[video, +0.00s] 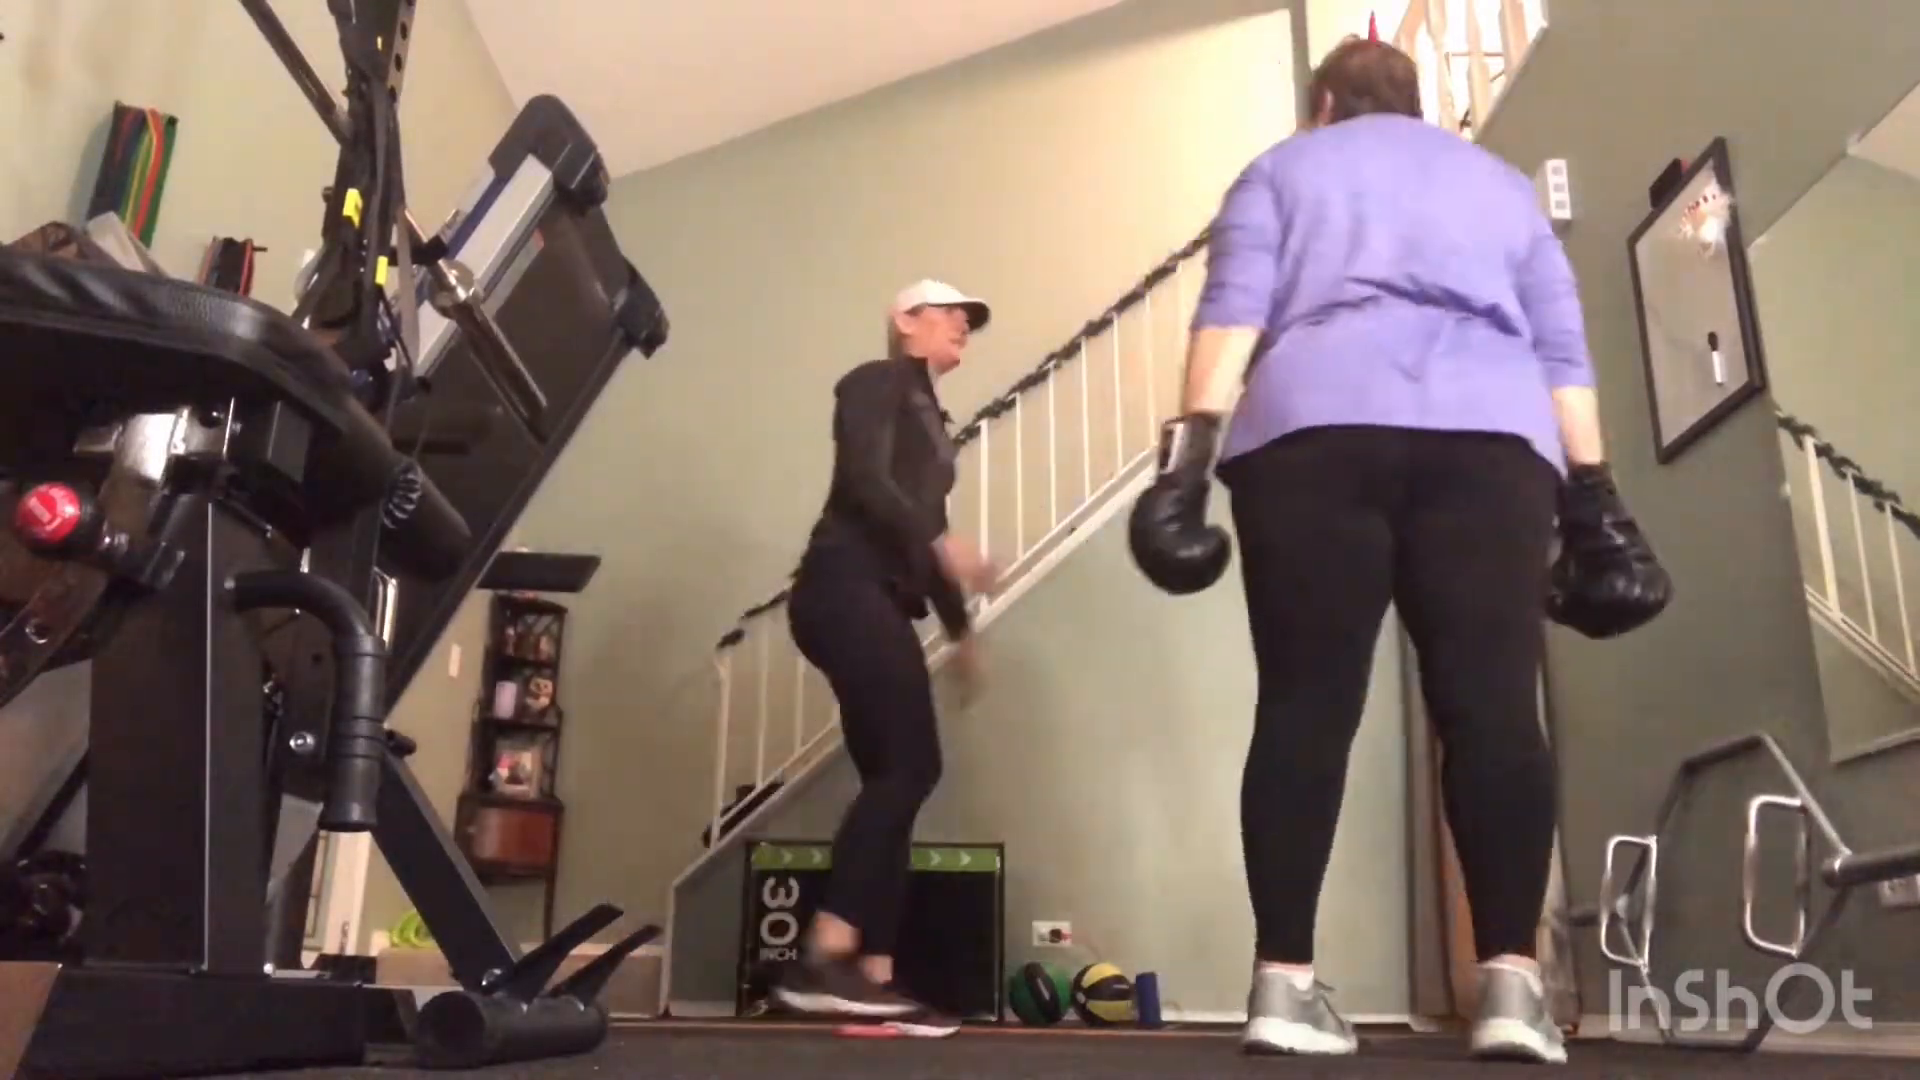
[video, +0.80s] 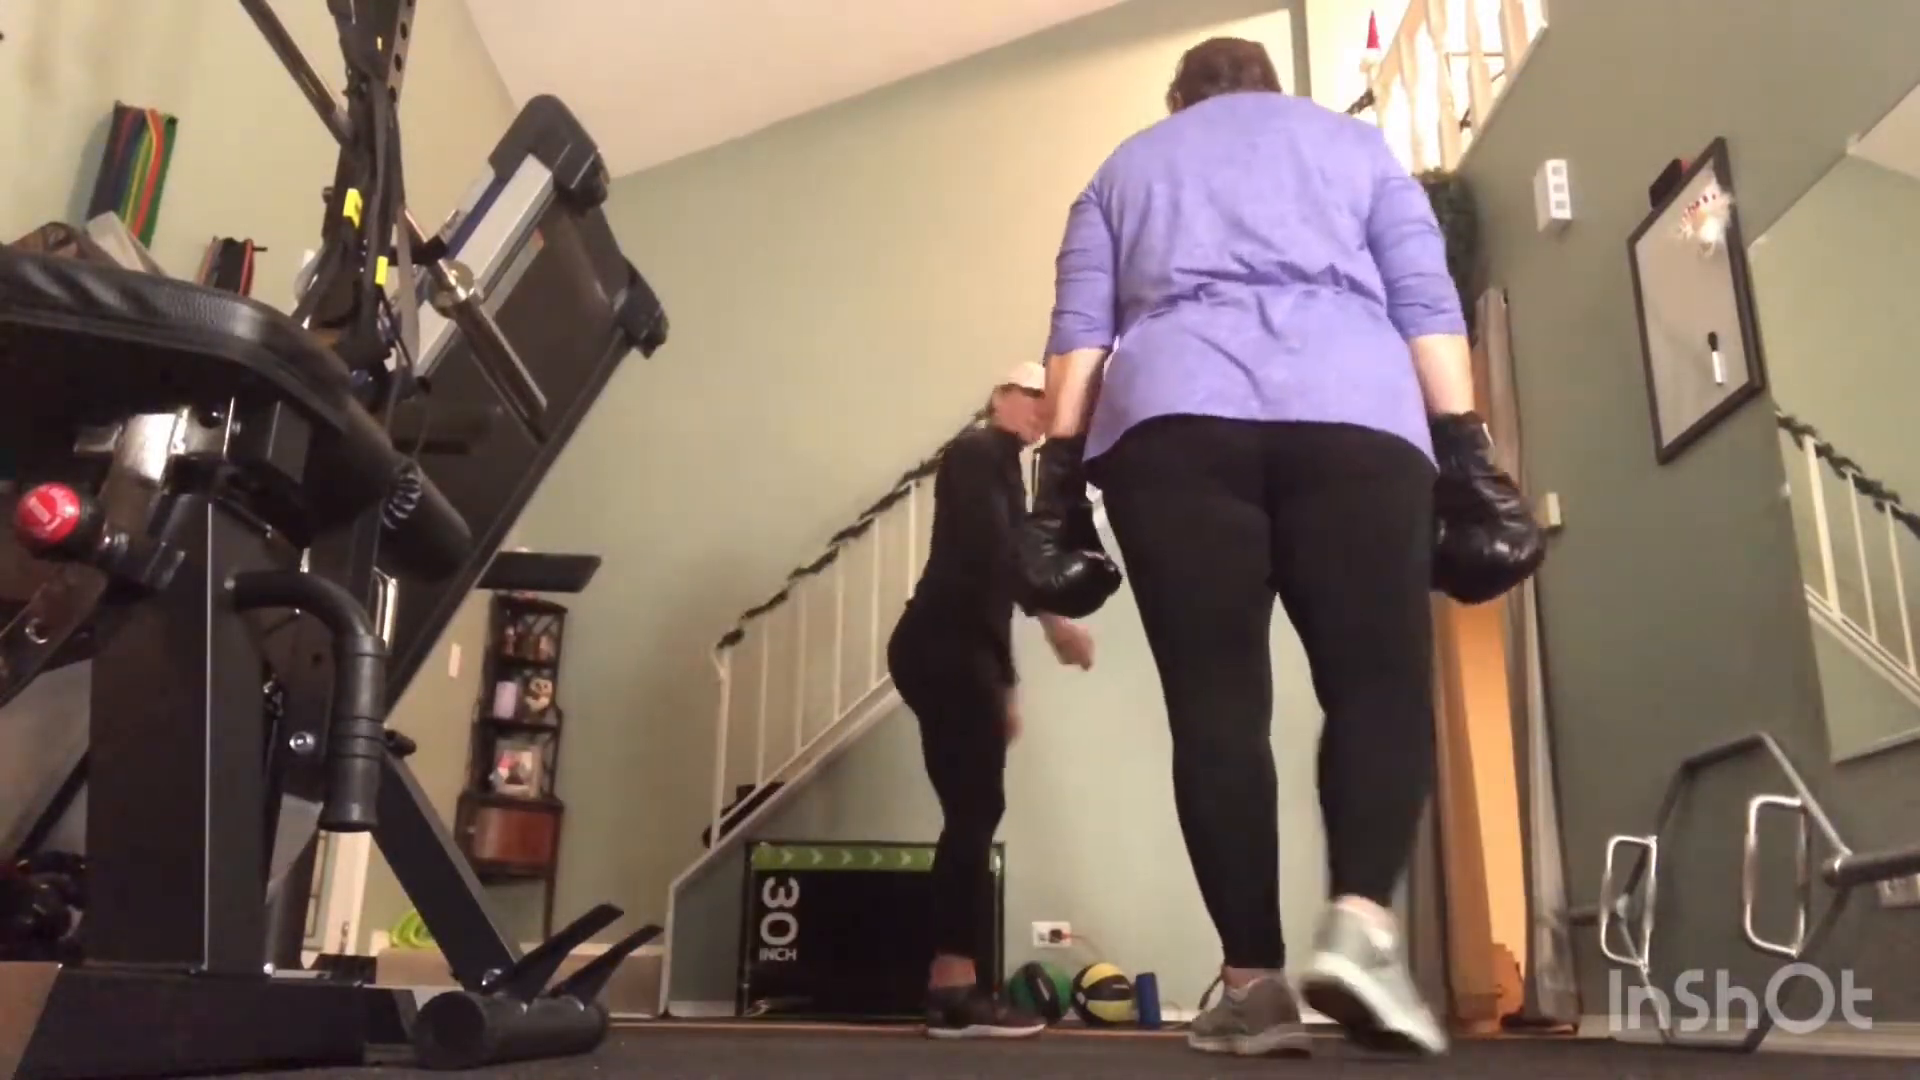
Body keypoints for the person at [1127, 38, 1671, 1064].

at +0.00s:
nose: (1305, 125)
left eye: (1307, 108)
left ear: (1320, 108)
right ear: (1423, 109)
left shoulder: (1282, 167)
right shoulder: (1506, 181)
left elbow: (1233, 301)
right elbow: (1561, 345)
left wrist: (1186, 460)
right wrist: (1594, 499)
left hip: (1313, 438)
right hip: (1489, 446)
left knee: (1304, 711)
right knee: (1495, 712)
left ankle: (1285, 980)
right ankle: (1510, 981)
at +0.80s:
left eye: (1178, 93)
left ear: (1177, 101)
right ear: (1277, 86)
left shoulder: (1121, 168)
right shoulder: (1357, 142)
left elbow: (1081, 328)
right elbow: (1424, 292)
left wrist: (1055, 489)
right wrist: (1465, 460)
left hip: (1174, 426)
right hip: (1356, 424)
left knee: (1216, 712)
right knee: (1378, 683)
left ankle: (1251, 979)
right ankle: (1362, 920)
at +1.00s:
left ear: (1223, 87)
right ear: (1327, 73)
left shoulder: (1153, 152)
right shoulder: (1394, 118)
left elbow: (1102, 323)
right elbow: (1461, 265)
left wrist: (1083, 475)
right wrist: (1525, 433)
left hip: (1175, 409)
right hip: (1359, 393)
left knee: (1227, 700)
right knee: (1353, 673)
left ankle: (1269, 982)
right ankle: (1316, 966)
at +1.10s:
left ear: (1225, 101)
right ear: (1327, 87)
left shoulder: (1161, 176)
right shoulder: (1395, 137)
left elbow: (1114, 352)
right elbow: (1462, 285)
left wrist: (1106, 504)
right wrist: (1513, 456)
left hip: (1199, 426)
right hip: (1384, 417)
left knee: (1241, 705)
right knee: (1446, 678)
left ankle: (1272, 990)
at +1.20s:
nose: (1292, 109)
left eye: (1293, 96)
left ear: (1301, 97)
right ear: (1405, 90)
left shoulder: (1256, 161)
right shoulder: (1495, 156)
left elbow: (1207, 306)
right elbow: (1558, 298)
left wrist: (1168, 467)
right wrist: (1588, 470)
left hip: (1299, 426)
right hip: (1484, 429)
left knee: (1290, 709)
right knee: (1505, 705)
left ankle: (1279, 981)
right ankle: (1537, 985)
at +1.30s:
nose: (1329, 130)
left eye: (1331, 117)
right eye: (1335, 114)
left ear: (1347, 109)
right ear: (1439, 102)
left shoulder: (1325, 148)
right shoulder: (1542, 167)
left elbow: (1284, 280)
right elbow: (1606, 334)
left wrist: (1241, 430)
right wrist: (1639, 492)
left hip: (1366, 416)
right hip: (1546, 428)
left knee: (1344, 698)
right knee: (1534, 707)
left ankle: (1347, 966)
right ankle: (1543, 983)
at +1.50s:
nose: (1326, 176)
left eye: (1327, 162)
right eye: (1325, 164)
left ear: (1350, 140)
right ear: (1426, 134)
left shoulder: (1349, 173)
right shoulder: (1531, 207)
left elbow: (1325, 315)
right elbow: (1582, 365)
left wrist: (1267, 464)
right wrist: (1603, 530)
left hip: (1411, 445)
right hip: (1563, 458)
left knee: (1398, 715)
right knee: (1554, 722)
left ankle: (1417, 982)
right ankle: (1632, 981)